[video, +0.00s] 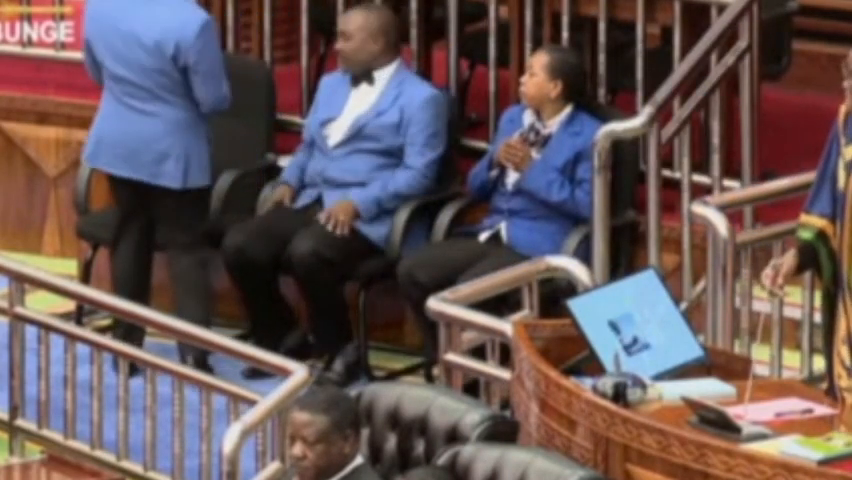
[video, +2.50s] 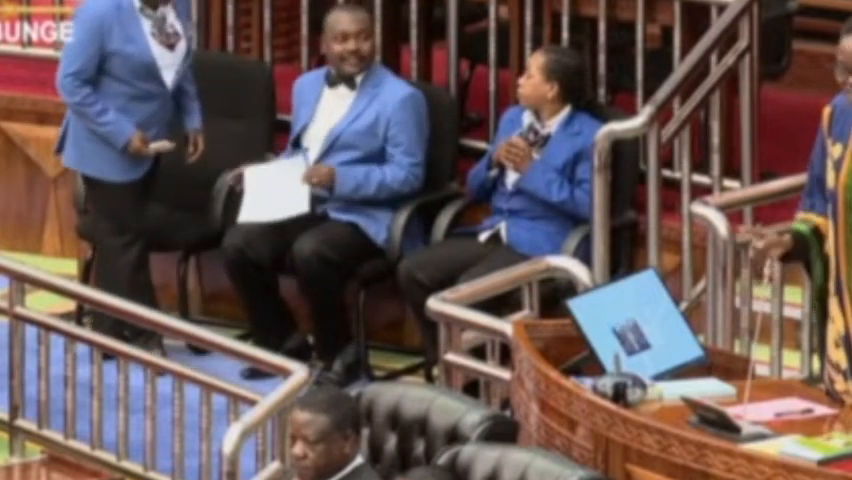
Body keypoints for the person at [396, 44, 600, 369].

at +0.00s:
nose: (522, 80)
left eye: (531, 75)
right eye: (525, 72)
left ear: (555, 88)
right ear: (551, 88)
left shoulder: (590, 135)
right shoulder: (512, 119)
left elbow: (589, 207)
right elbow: (476, 189)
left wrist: (530, 170)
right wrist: (495, 163)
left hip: (537, 251)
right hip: (492, 238)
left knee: (460, 299)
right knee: (413, 271)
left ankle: (479, 381)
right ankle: (445, 362)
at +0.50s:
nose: (522, 80)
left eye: (531, 74)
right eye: (525, 72)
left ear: (555, 88)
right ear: (551, 88)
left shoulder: (590, 135)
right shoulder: (513, 119)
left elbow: (589, 207)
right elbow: (476, 189)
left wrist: (530, 170)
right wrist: (495, 163)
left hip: (538, 250)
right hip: (494, 238)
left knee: (461, 298)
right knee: (413, 271)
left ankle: (480, 381)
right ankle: (448, 367)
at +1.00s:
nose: (521, 80)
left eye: (530, 75)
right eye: (524, 72)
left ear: (554, 88)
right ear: (551, 87)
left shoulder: (590, 135)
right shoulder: (513, 119)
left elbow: (589, 207)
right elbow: (475, 189)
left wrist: (530, 171)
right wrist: (495, 163)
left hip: (538, 250)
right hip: (494, 238)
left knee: (461, 298)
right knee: (413, 271)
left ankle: (483, 380)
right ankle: (448, 365)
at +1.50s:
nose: (520, 79)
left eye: (529, 74)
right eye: (524, 72)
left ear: (552, 87)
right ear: (550, 87)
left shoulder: (590, 135)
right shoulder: (513, 119)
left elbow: (590, 207)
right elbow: (475, 189)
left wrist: (530, 171)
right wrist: (495, 163)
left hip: (539, 250)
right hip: (494, 237)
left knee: (462, 297)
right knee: (414, 271)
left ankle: (483, 380)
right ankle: (448, 365)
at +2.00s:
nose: (520, 80)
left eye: (529, 75)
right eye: (523, 73)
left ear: (552, 88)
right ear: (550, 87)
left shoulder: (589, 135)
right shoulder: (513, 119)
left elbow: (590, 207)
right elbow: (475, 189)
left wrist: (530, 171)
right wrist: (495, 163)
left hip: (538, 250)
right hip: (494, 237)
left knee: (462, 297)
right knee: (414, 271)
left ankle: (482, 380)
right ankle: (446, 365)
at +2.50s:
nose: (519, 81)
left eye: (528, 76)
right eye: (523, 73)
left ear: (552, 89)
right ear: (549, 88)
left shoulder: (589, 135)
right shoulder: (512, 120)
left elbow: (590, 206)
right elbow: (475, 190)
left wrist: (529, 172)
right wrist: (494, 164)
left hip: (539, 251)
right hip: (494, 236)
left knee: (462, 296)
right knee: (414, 271)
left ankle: (482, 381)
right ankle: (445, 366)